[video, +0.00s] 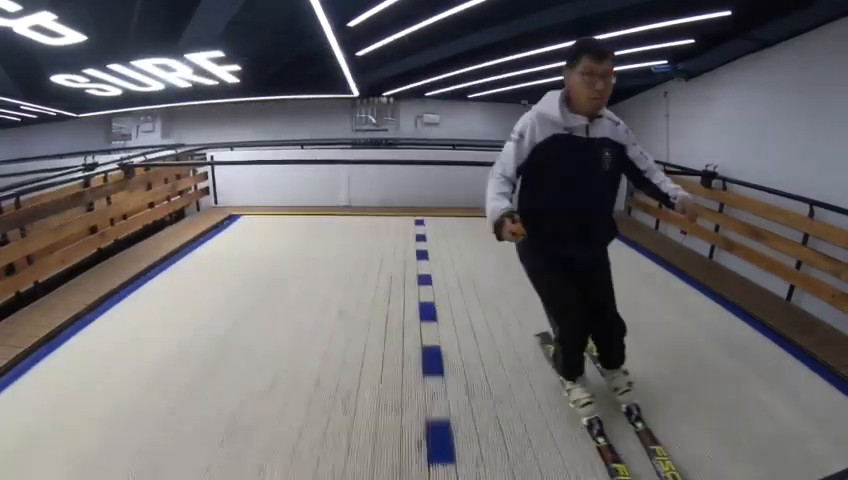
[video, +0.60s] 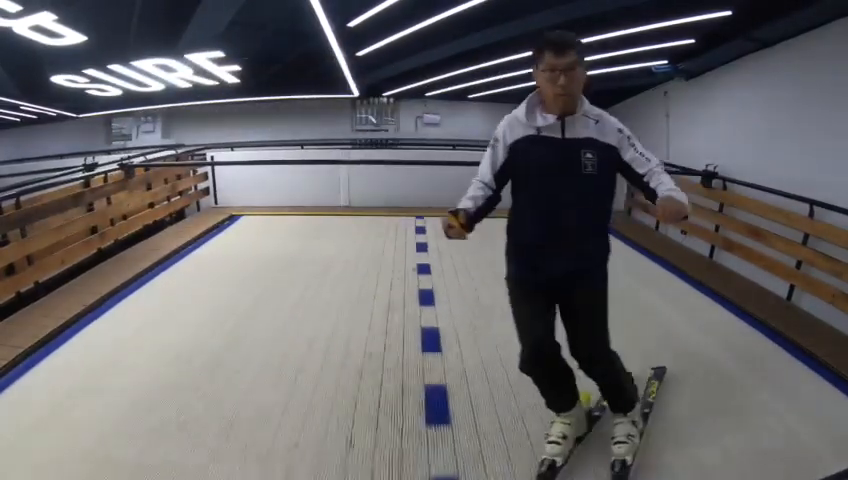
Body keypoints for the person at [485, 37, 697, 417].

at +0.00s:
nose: (599, 85)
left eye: (606, 77)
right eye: (590, 77)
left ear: (613, 81)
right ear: (567, 77)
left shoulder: (614, 129)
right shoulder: (538, 122)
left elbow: (645, 170)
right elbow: (503, 173)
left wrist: (677, 197)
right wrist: (502, 214)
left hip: (591, 240)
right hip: (543, 242)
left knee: (606, 315)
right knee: (570, 317)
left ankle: (613, 367)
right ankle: (571, 378)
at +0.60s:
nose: (561, 82)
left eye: (569, 71)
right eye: (551, 73)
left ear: (583, 73)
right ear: (535, 76)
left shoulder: (607, 129)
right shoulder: (513, 128)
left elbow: (650, 170)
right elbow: (486, 182)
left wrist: (672, 198)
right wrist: (464, 215)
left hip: (584, 261)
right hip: (527, 262)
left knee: (589, 350)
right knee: (535, 354)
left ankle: (626, 409)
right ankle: (569, 412)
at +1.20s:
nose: (312, 58)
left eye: (323, 48)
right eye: (306, 49)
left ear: (345, 54)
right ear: (299, 53)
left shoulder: (366, 103)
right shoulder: (288, 102)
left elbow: (409, 152)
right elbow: (265, 156)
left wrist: (409, 182)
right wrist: (225, 182)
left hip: (343, 224)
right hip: (297, 221)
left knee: (337, 316)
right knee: (284, 309)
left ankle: (386, 385)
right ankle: (317, 370)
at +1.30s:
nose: (268, 61)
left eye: (279, 51)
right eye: (262, 52)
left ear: (302, 54)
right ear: (257, 56)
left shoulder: (324, 102)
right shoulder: (248, 105)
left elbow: (370, 150)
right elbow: (228, 156)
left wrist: (368, 184)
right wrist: (193, 177)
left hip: (307, 221)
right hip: (261, 219)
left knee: (292, 306)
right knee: (251, 305)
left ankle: (331, 371)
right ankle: (279, 359)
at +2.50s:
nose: (274, 77)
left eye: (284, 70)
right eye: (268, 68)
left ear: (295, 77)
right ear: (253, 71)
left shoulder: (303, 122)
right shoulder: (227, 116)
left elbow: (322, 170)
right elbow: (197, 162)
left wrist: (341, 187)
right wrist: (186, 185)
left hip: (287, 233)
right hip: (240, 234)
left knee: (294, 315)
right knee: (245, 320)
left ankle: (265, 372)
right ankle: (211, 381)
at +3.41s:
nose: (582, 91)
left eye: (586, 84)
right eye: (574, 82)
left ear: (587, 87)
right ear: (552, 78)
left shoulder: (572, 126)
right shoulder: (521, 114)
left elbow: (590, 162)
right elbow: (490, 168)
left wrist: (625, 183)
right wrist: (512, 201)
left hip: (556, 214)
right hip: (520, 216)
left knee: (579, 284)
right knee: (544, 293)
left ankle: (566, 328)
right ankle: (535, 339)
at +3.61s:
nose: (616, 95)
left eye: (621, 89)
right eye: (609, 86)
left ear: (623, 91)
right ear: (587, 83)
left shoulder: (609, 130)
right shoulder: (556, 118)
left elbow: (626, 168)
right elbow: (525, 169)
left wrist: (659, 188)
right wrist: (544, 205)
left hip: (592, 219)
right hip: (555, 220)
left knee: (610, 291)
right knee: (577, 296)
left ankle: (605, 335)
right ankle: (573, 350)